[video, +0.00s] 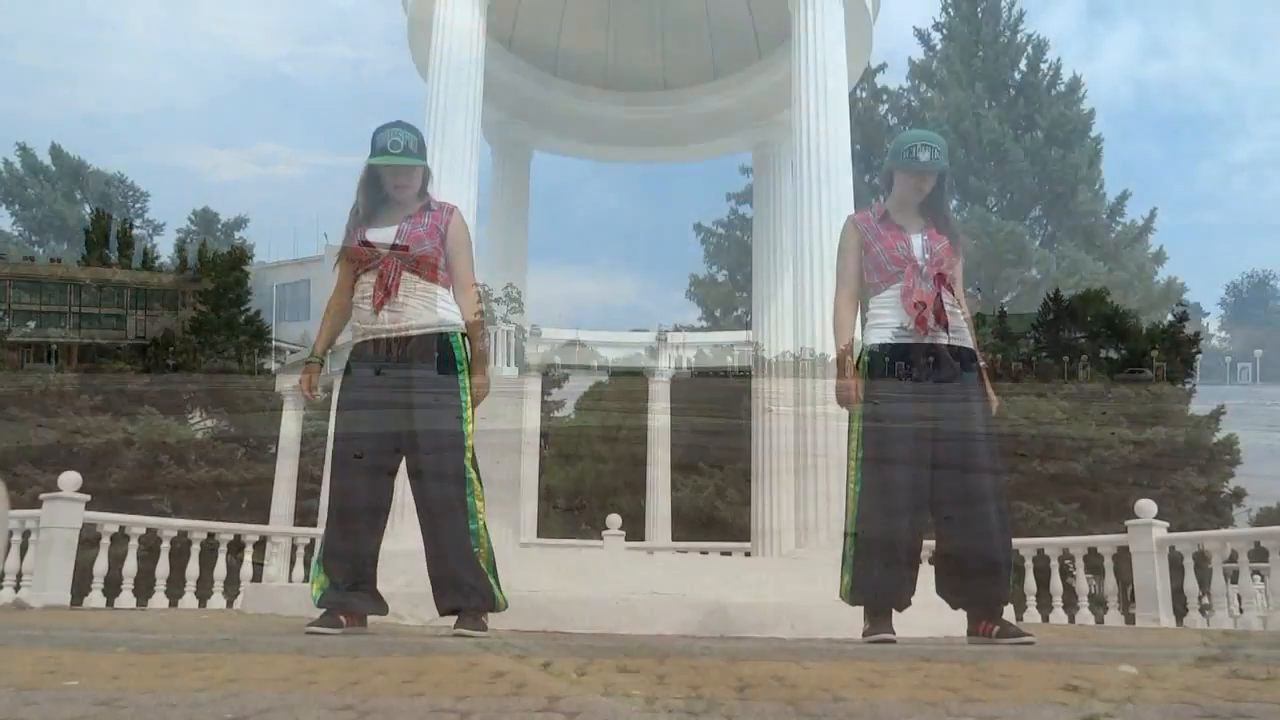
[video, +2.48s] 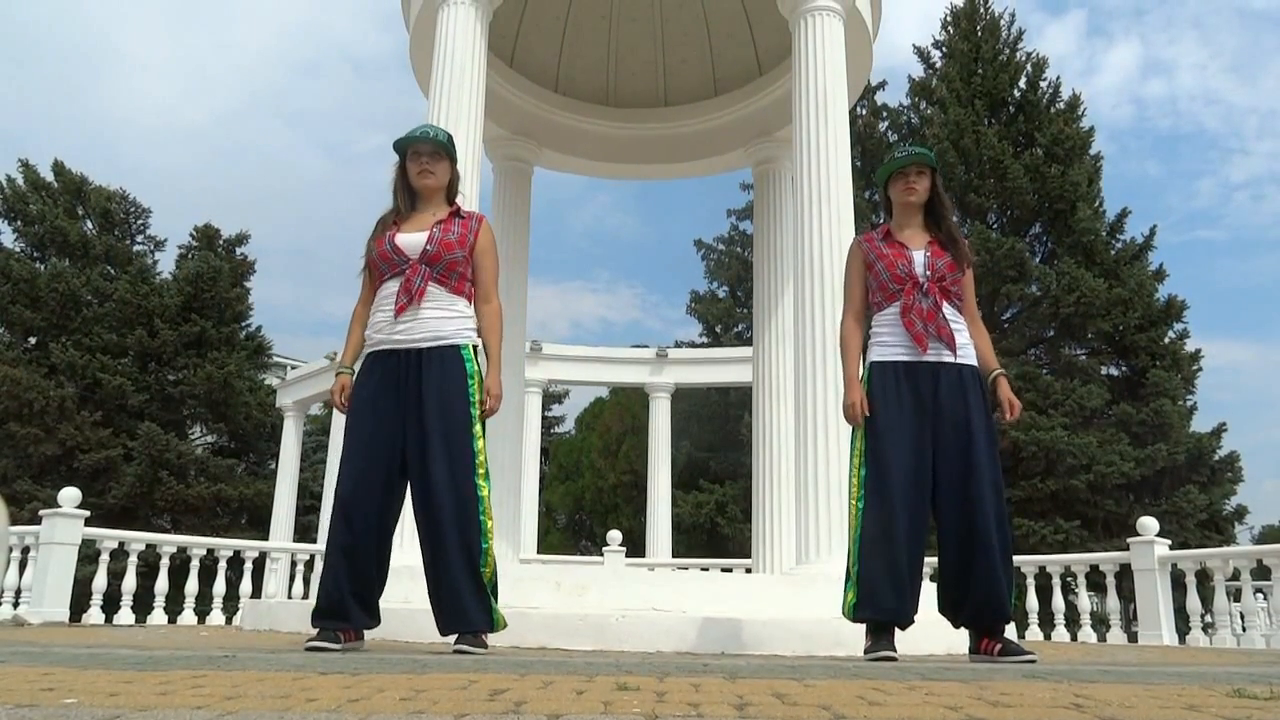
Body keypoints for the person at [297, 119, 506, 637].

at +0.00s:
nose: (398, 177)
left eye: (408, 167)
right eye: (389, 168)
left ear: (424, 169)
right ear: (375, 171)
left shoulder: (446, 220)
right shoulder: (361, 224)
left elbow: (467, 292)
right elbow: (342, 295)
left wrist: (480, 360)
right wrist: (317, 356)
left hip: (434, 360)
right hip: (369, 361)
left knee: (443, 482)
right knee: (355, 479)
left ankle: (469, 606)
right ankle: (347, 603)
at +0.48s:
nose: (434, 164)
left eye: (443, 157)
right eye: (425, 158)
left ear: (461, 165)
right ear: (413, 168)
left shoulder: (483, 223)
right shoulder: (397, 231)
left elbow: (506, 294)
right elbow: (384, 307)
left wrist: (514, 357)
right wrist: (367, 362)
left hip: (470, 356)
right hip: (408, 358)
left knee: (467, 482)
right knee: (378, 475)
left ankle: (469, 615)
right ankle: (350, 608)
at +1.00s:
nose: (429, 160)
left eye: (440, 153)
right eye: (421, 154)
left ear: (459, 166)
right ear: (409, 168)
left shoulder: (485, 219)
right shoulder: (399, 228)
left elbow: (505, 292)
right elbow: (380, 302)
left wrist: (499, 359)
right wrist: (354, 369)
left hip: (448, 361)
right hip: (385, 358)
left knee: (445, 489)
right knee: (354, 482)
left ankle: (468, 618)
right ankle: (339, 609)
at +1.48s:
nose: (416, 164)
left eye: (427, 158)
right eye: (408, 157)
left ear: (444, 171)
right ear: (395, 168)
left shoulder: (461, 224)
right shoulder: (375, 231)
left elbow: (480, 294)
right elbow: (355, 306)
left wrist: (485, 361)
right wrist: (327, 366)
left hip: (435, 367)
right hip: (368, 367)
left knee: (442, 492)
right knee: (351, 493)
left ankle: (471, 619)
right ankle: (344, 618)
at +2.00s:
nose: (423, 165)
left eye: (434, 159)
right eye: (415, 157)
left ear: (451, 173)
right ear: (402, 167)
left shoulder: (462, 233)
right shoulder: (374, 231)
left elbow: (480, 304)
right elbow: (352, 299)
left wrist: (491, 368)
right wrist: (324, 359)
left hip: (445, 365)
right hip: (380, 369)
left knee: (450, 490)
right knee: (358, 488)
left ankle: (470, 623)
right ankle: (344, 620)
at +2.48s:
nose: (423, 163)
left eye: (433, 156)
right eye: (415, 156)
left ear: (452, 166)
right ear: (402, 167)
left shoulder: (473, 227)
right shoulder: (384, 229)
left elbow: (488, 301)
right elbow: (365, 303)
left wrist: (492, 370)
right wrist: (344, 366)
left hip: (446, 365)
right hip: (381, 367)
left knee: (449, 492)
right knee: (361, 491)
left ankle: (469, 625)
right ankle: (342, 622)